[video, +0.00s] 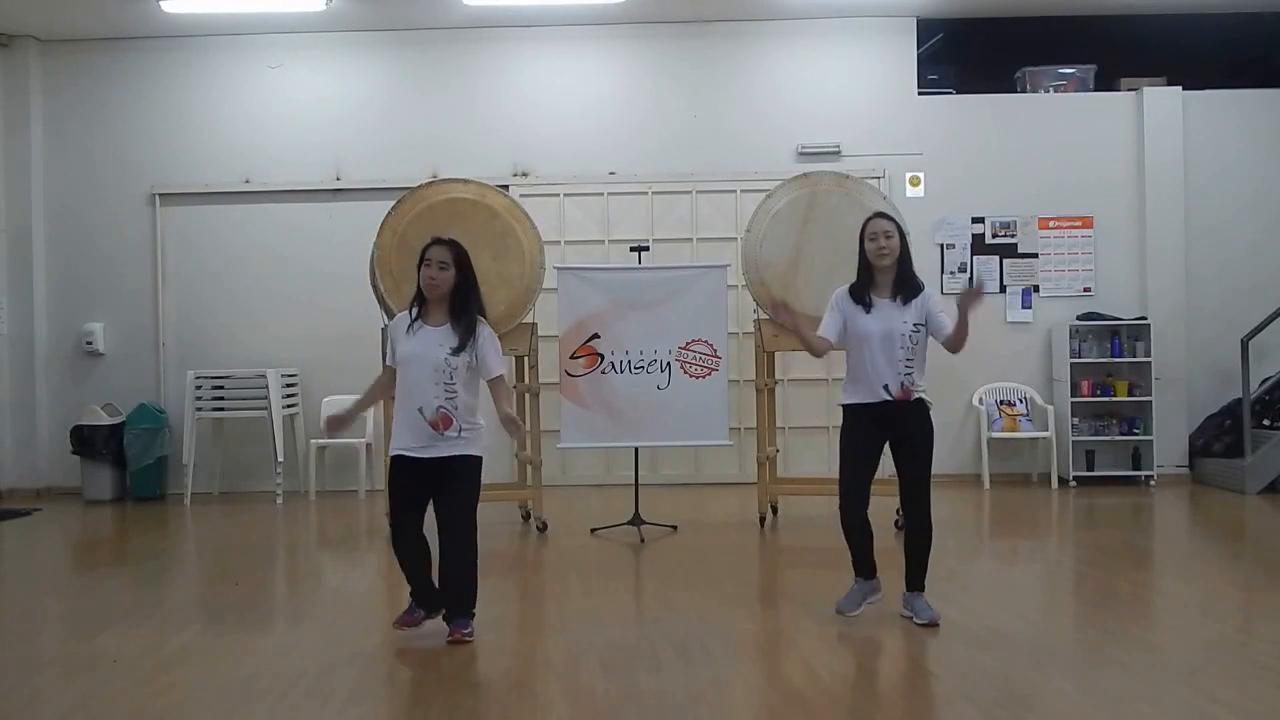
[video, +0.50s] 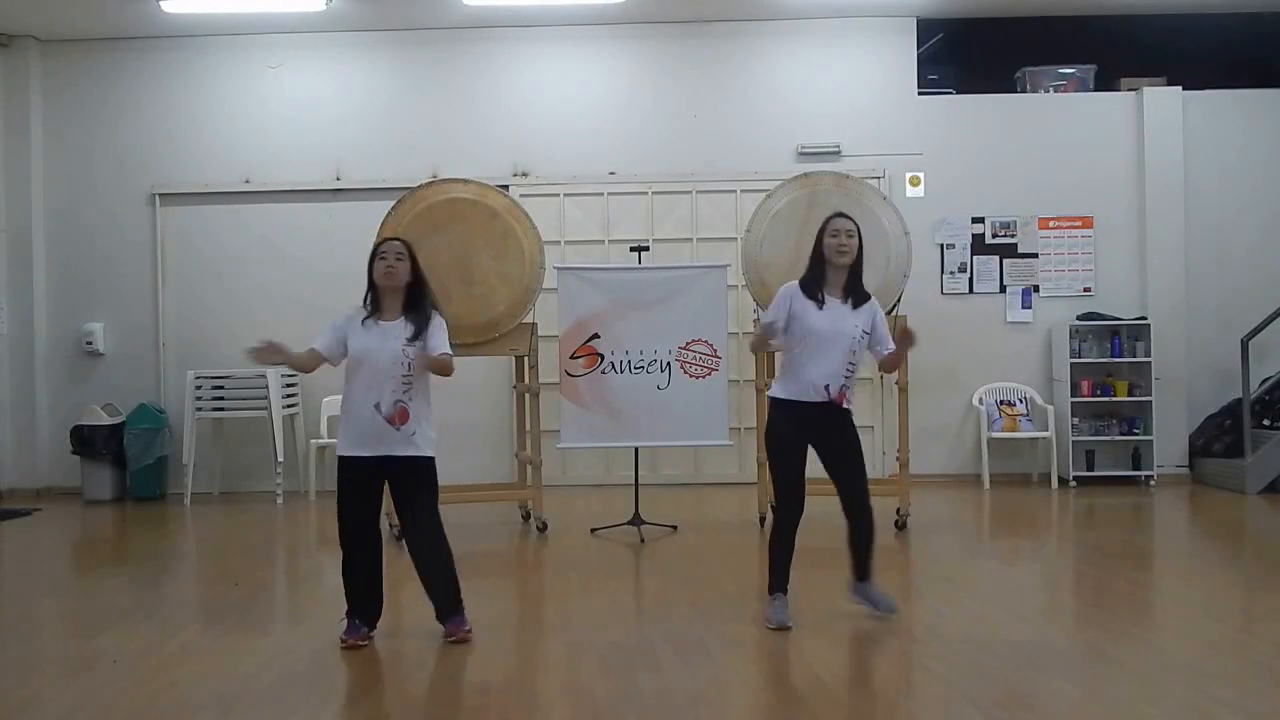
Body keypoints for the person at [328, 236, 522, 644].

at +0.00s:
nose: (431, 273)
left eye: (442, 267)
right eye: (426, 265)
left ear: (458, 277)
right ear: (418, 273)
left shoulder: (476, 330)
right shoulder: (399, 326)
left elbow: (497, 381)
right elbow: (390, 377)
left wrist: (506, 412)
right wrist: (351, 412)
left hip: (460, 450)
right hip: (409, 450)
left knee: (458, 532)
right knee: (403, 529)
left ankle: (460, 614)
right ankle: (425, 596)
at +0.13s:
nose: (425, 268)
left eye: (437, 262)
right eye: (421, 260)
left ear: (453, 274)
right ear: (413, 268)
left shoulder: (467, 324)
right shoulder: (394, 321)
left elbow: (479, 381)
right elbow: (371, 370)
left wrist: (462, 369)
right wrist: (324, 368)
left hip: (453, 448)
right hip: (402, 446)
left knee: (455, 535)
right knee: (385, 524)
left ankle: (459, 616)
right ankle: (401, 592)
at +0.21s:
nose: (419, 262)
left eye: (431, 258)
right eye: (414, 255)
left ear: (447, 270)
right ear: (406, 264)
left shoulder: (457, 319)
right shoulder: (384, 318)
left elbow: (454, 371)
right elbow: (359, 368)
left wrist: (417, 340)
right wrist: (339, 344)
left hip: (445, 445)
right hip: (392, 444)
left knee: (452, 531)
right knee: (375, 529)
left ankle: (459, 616)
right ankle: (370, 611)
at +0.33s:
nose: (410, 265)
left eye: (422, 261)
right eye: (406, 258)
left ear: (437, 275)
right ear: (396, 268)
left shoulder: (445, 321)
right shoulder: (378, 320)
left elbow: (431, 367)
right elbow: (343, 372)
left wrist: (375, 338)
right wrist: (361, 342)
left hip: (434, 448)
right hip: (381, 448)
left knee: (447, 534)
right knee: (371, 535)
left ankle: (460, 617)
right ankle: (358, 618)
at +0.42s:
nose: (398, 262)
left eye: (409, 258)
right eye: (393, 255)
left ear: (423, 273)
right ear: (381, 268)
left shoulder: (433, 319)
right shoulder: (360, 318)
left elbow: (435, 367)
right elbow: (326, 367)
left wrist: (391, 353)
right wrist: (327, 351)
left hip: (419, 448)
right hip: (366, 447)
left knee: (434, 536)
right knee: (362, 537)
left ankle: (457, 614)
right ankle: (359, 619)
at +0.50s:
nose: (390, 263)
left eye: (399, 258)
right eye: (382, 257)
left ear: (413, 272)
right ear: (371, 271)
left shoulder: (428, 321)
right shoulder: (352, 322)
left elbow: (447, 368)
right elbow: (310, 361)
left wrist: (430, 359)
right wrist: (284, 355)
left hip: (411, 448)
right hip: (357, 449)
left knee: (425, 533)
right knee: (356, 537)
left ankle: (452, 614)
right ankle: (360, 619)